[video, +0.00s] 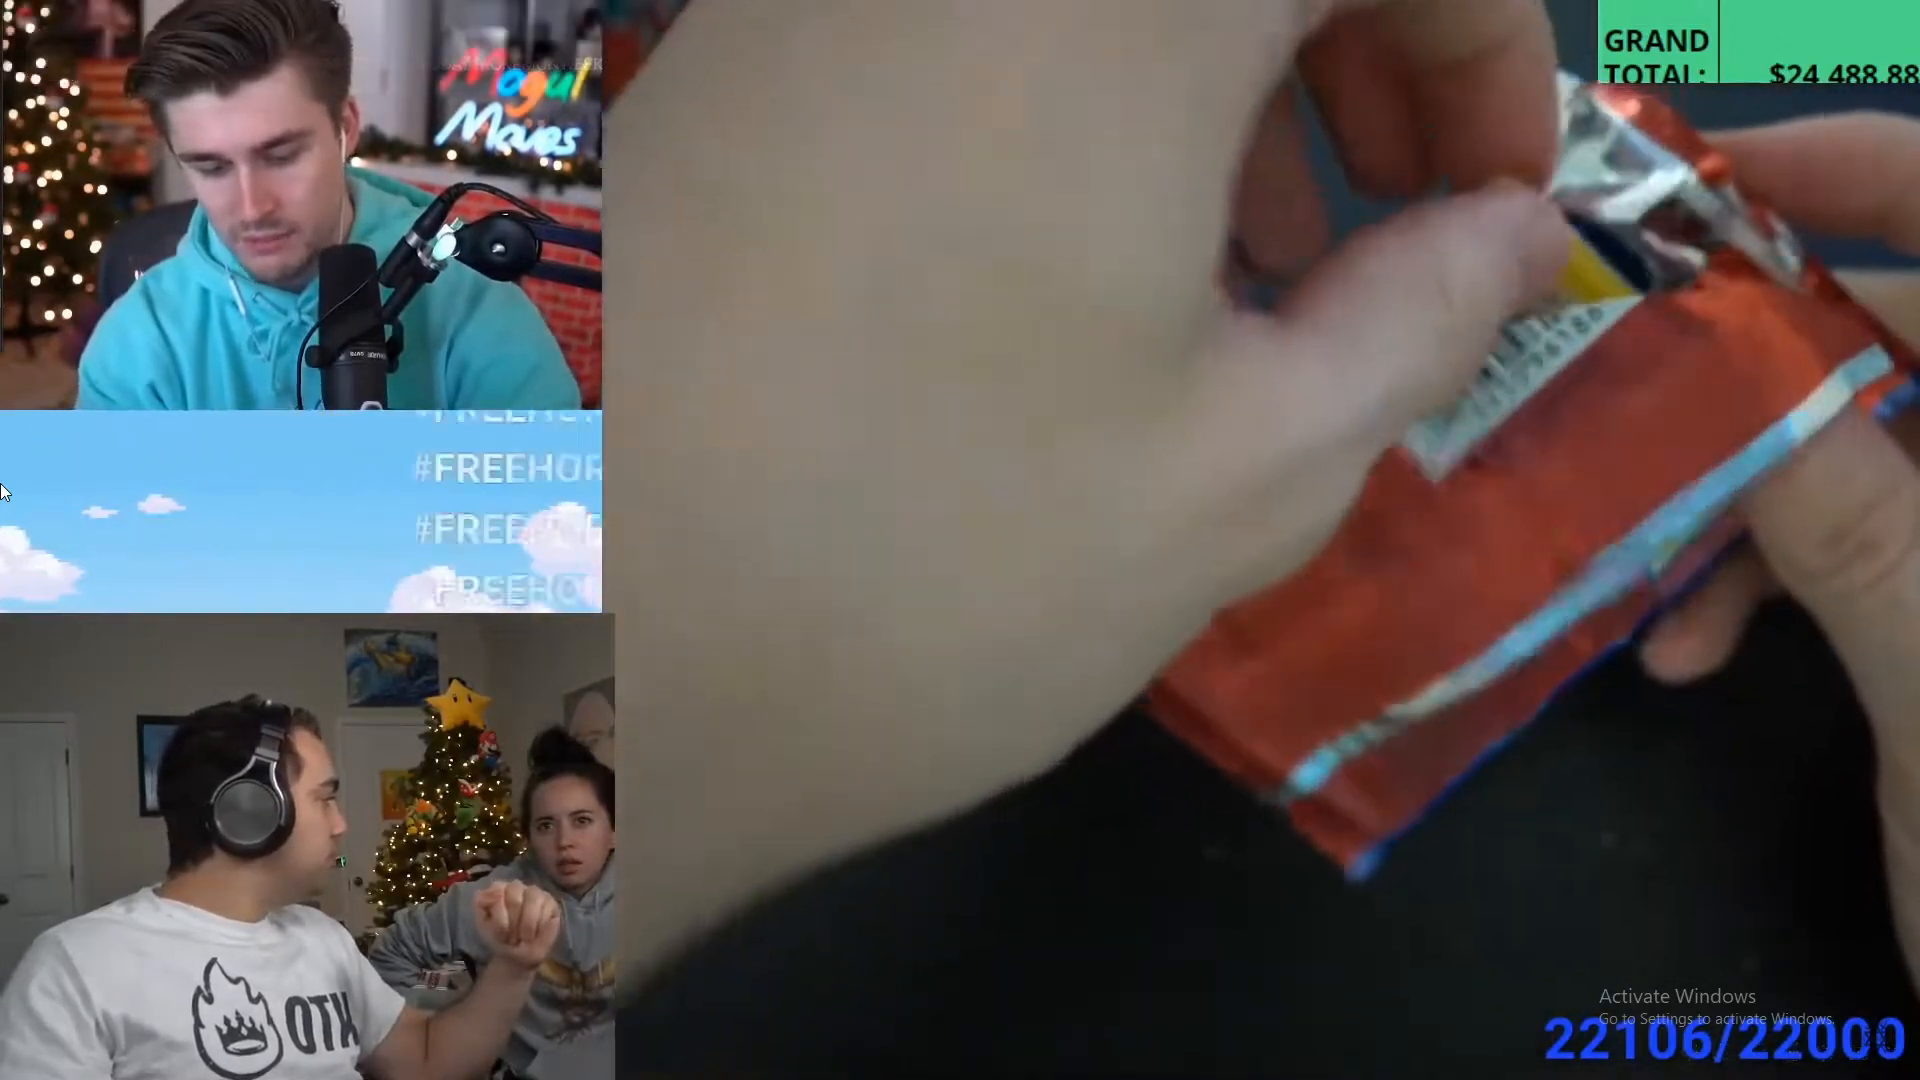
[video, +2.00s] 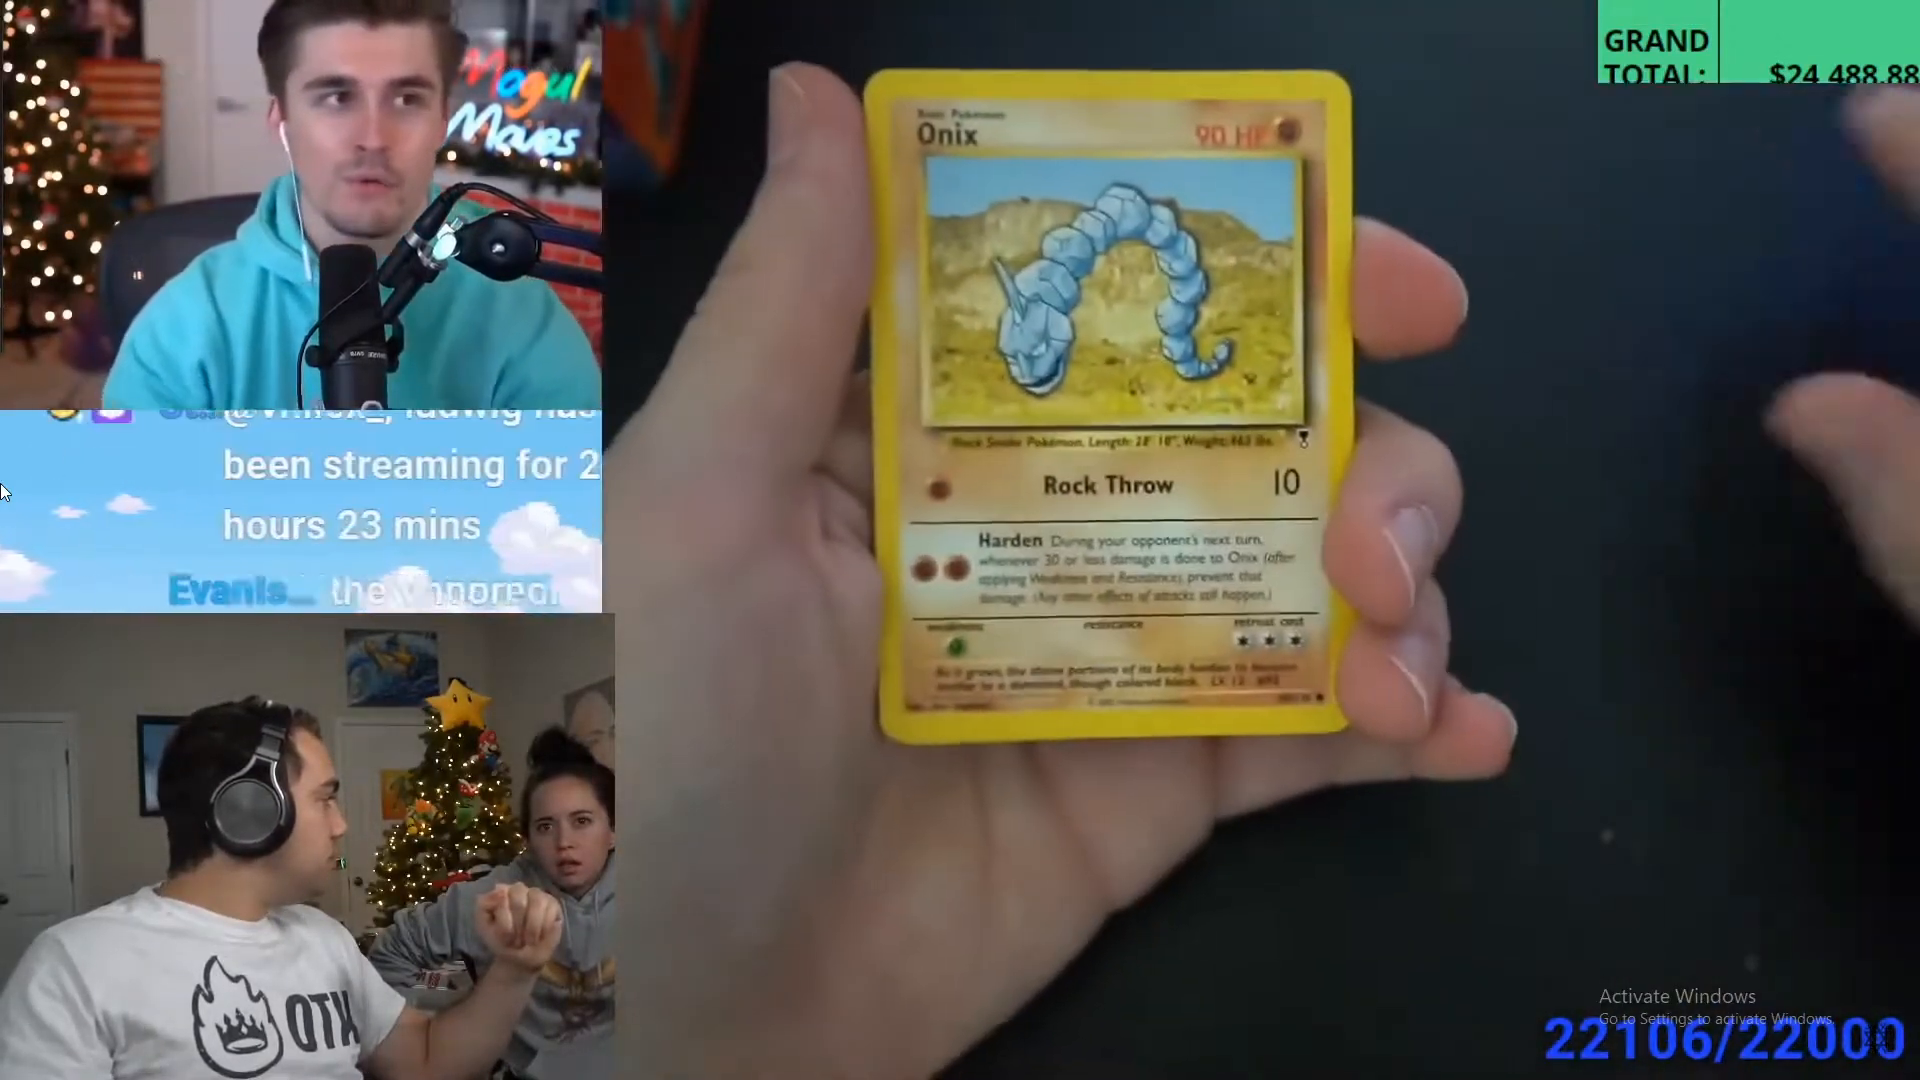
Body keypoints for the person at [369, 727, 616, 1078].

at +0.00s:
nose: (565, 842)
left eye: (582, 821)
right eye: (546, 826)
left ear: (613, 831)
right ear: (529, 838)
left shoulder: (644, 892)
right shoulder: (491, 899)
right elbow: (387, 957)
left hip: (625, 1068)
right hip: (536, 1073)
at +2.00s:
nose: (564, 842)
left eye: (582, 822)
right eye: (545, 826)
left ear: (612, 831)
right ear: (528, 839)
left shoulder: (644, 891)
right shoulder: (491, 898)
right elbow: (389, 955)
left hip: (625, 1067)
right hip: (535, 1072)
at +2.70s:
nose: (559, 835)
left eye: (578, 815)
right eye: (542, 819)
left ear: (611, 829)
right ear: (526, 835)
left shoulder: (641, 891)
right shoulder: (487, 898)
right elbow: (387, 956)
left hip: (625, 1069)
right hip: (535, 1073)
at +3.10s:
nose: (552, 831)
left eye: (573, 813)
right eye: (536, 816)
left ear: (607, 828)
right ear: (520, 833)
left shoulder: (635, 890)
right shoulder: (479, 902)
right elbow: (384, 956)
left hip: (621, 1068)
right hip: (531, 1072)